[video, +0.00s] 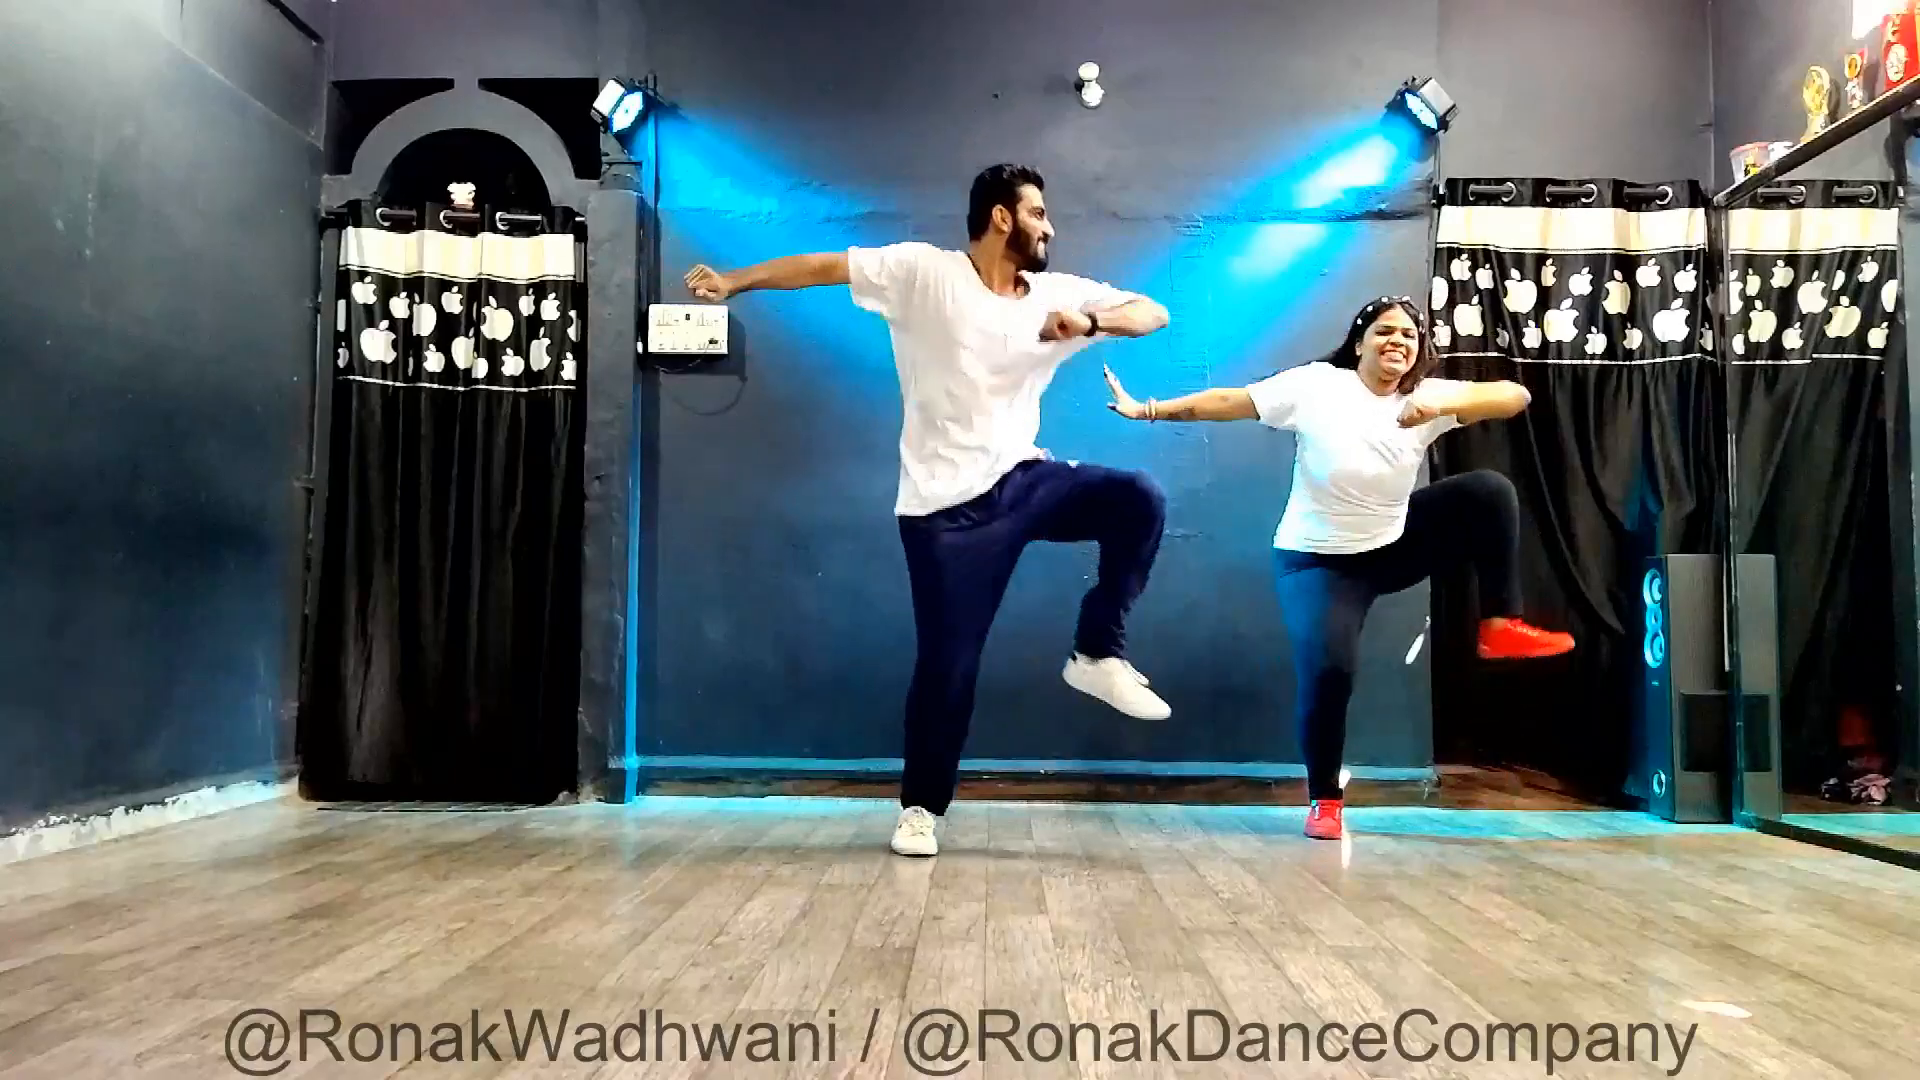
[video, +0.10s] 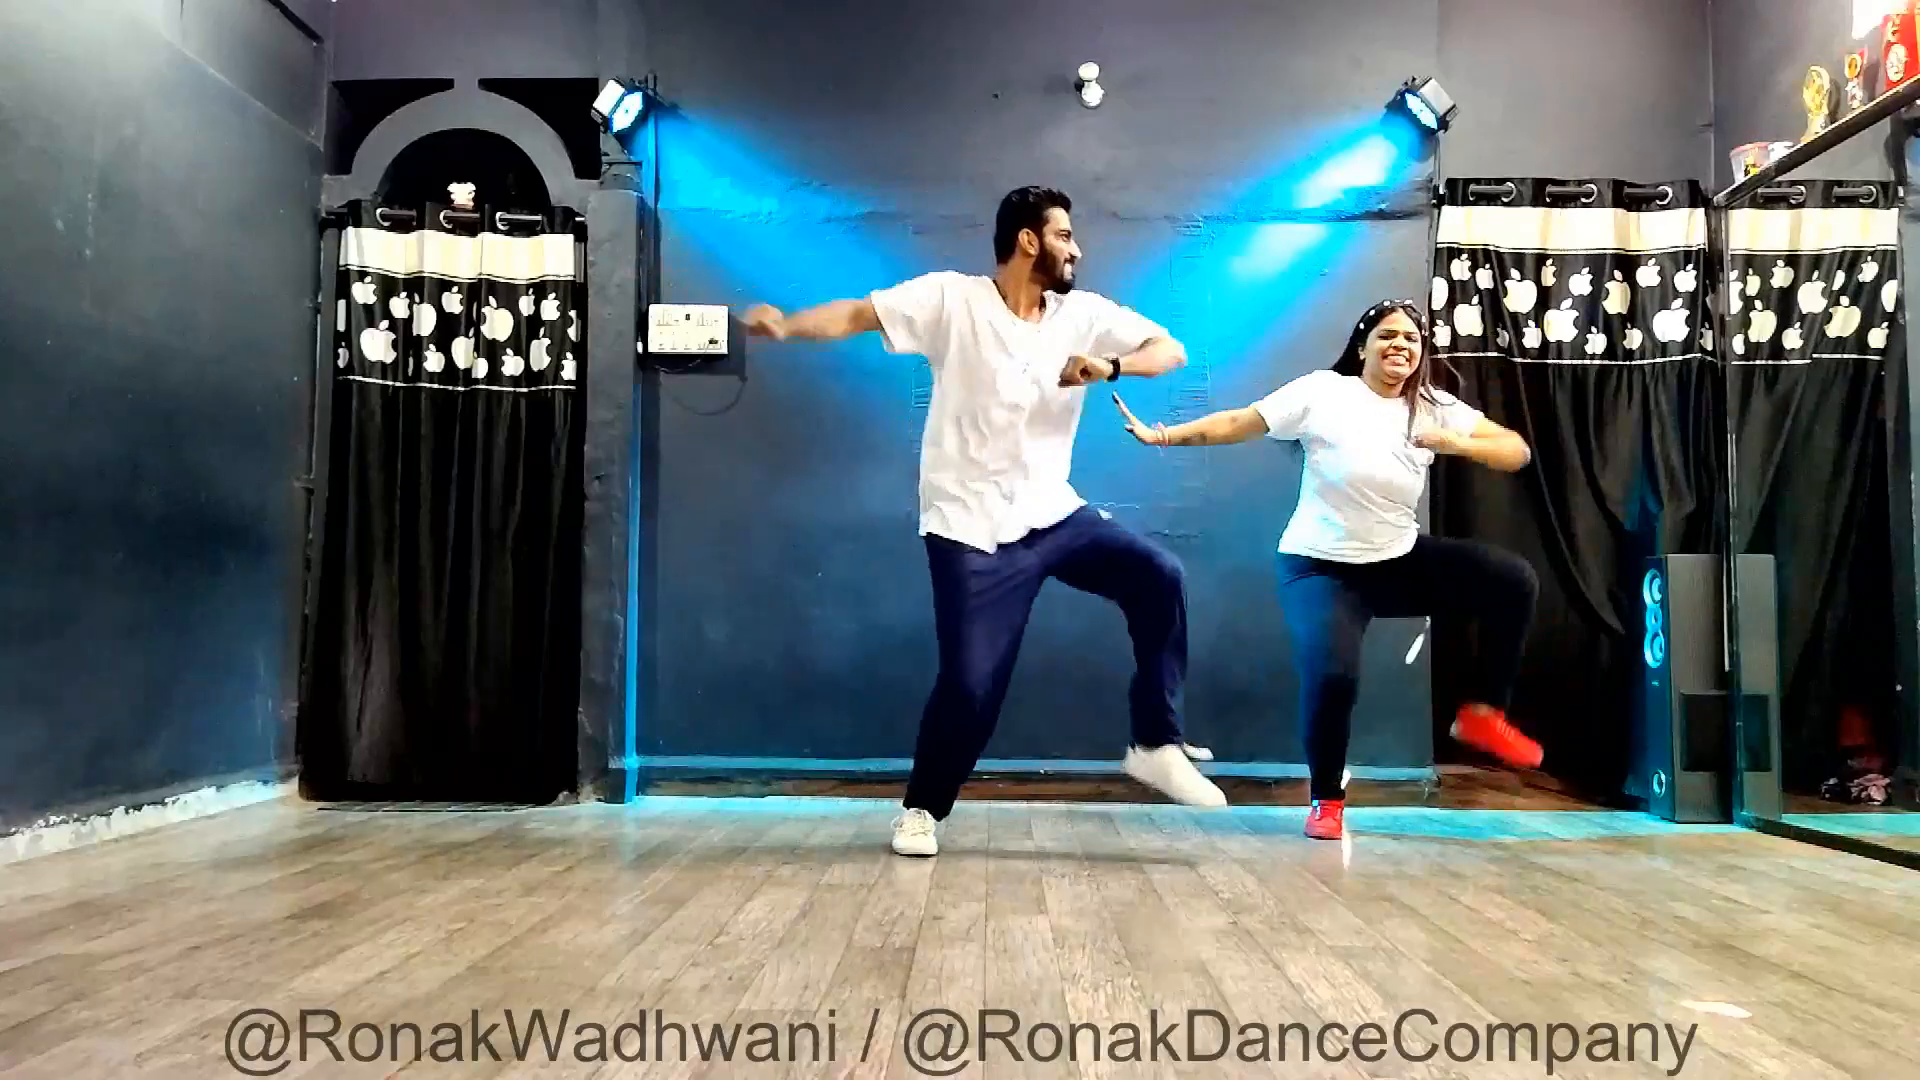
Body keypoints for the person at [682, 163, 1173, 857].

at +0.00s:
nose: (1048, 224)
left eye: (1048, 213)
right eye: (1037, 210)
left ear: (1025, 223)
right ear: (997, 217)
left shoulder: (1055, 291)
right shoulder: (925, 270)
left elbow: (1154, 313)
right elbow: (824, 267)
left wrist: (1092, 321)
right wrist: (733, 281)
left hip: (1025, 480)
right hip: (947, 503)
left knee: (1137, 504)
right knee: (947, 666)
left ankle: (1097, 656)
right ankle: (920, 809)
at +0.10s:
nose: (1074, 246)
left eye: (1073, 235)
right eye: (1063, 234)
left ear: (1039, 245)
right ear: (1026, 242)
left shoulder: (1081, 313)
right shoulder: (950, 296)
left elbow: (1170, 351)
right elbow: (858, 315)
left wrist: (1116, 365)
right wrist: (787, 324)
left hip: (1052, 509)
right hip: (969, 522)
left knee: (1158, 576)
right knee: (971, 686)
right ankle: (922, 810)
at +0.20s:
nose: (1094, 262)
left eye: (1095, 252)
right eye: (1083, 249)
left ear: (1071, 261)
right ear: (1042, 256)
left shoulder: (1107, 345)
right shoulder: (968, 332)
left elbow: (1148, 444)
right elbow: (895, 408)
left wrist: (1131, 399)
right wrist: (861, 385)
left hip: (1084, 536)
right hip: (992, 534)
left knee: (1153, 660)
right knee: (984, 697)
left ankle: (1173, 819)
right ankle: (923, 807)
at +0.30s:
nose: (1116, 259)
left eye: (1118, 248)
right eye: (1108, 244)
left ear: (1092, 251)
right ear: (1068, 243)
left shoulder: (1112, 336)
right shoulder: (994, 316)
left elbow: (1152, 430)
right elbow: (927, 395)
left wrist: (1179, 360)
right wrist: (940, 321)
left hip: (1100, 536)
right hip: (1010, 531)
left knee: (1157, 668)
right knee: (991, 686)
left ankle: (1168, 820)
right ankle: (931, 811)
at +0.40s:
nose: (1135, 225)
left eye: (1137, 214)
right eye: (1127, 209)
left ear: (1102, 211)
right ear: (1089, 205)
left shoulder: (1124, 300)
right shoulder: (1007, 263)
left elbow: (1167, 369)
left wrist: (1179, 362)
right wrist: (980, 226)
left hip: (1082, 499)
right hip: (995, 486)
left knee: (1122, 636)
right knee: (962, 638)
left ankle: (1158, 795)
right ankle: (913, 783)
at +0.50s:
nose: (1157, 222)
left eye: (1160, 212)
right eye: (1149, 204)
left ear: (1140, 219)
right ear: (1107, 199)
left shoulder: (1126, 298)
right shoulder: (1039, 243)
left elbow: (1160, 370)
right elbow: (1017, 203)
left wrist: (1226, 381)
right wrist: (1029, 149)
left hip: (1054, 461)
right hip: (976, 443)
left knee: (1102, 600)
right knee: (949, 579)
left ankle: (1098, 765)